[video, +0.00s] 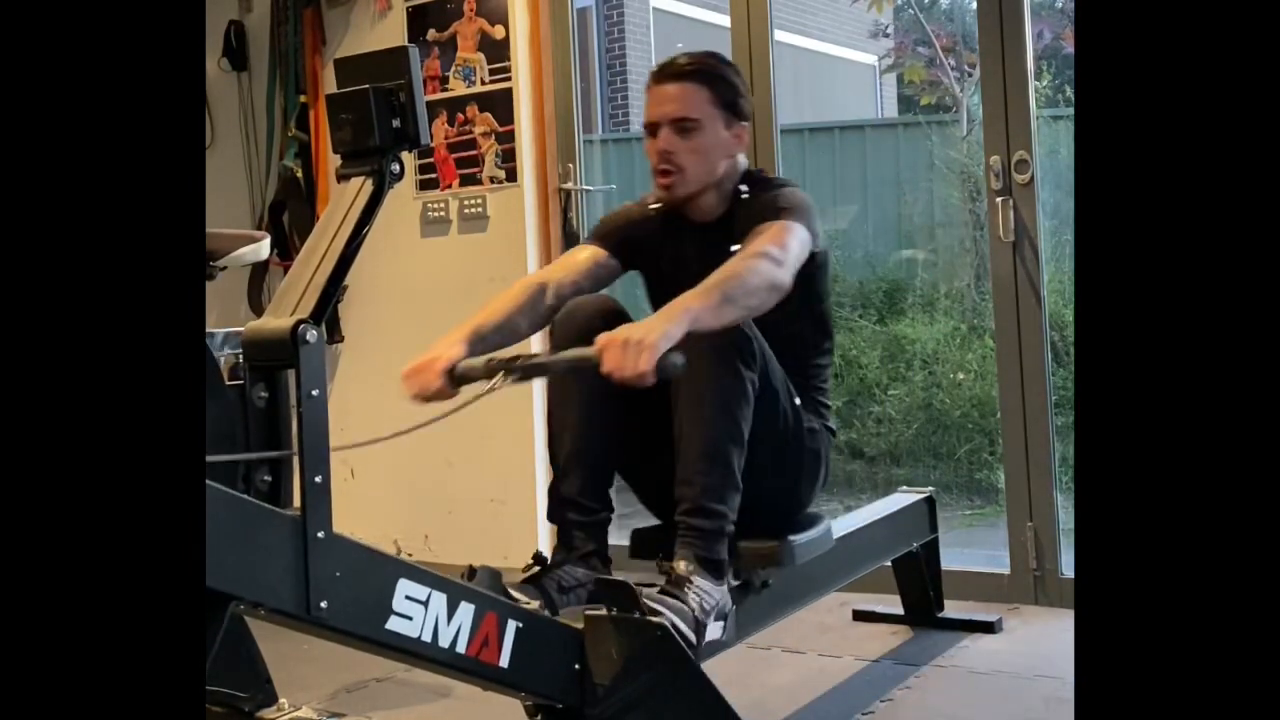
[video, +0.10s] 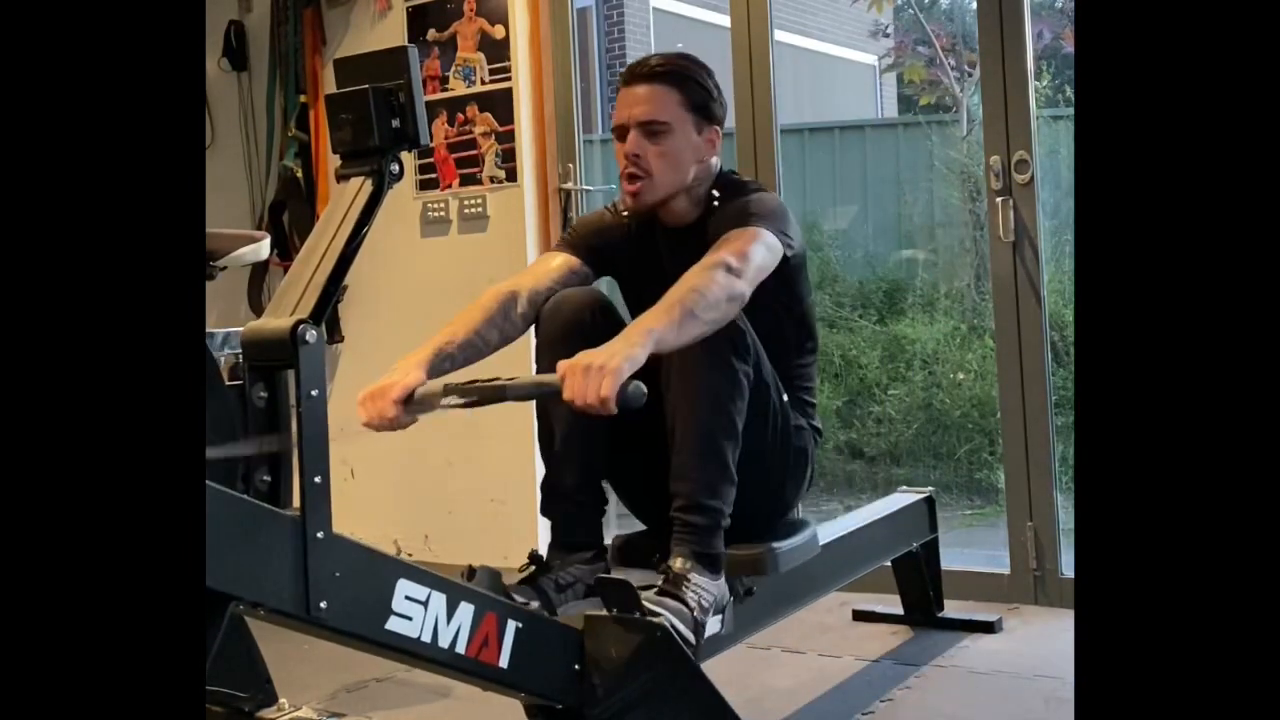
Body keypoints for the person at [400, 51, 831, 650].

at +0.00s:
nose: (661, 148)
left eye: (685, 129)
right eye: (653, 131)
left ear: (738, 137)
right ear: (644, 138)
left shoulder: (783, 207)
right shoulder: (639, 227)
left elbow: (767, 271)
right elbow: (550, 289)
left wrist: (672, 319)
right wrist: (460, 345)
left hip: (776, 477)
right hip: (680, 479)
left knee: (718, 330)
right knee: (584, 314)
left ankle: (700, 575)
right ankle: (579, 563)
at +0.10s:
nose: (630, 151)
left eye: (654, 133)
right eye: (621, 135)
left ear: (709, 142)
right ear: (613, 140)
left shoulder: (759, 213)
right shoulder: (611, 232)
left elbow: (726, 279)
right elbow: (521, 298)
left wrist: (629, 345)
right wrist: (420, 365)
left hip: (761, 482)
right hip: (659, 479)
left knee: (710, 323)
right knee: (572, 309)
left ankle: (695, 571)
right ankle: (574, 558)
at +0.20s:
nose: (631, 151)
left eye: (655, 132)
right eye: (623, 134)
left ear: (711, 139)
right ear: (614, 139)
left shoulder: (761, 210)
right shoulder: (615, 230)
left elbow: (724, 274)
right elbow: (522, 296)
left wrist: (631, 339)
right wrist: (423, 358)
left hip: (759, 479)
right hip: (661, 477)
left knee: (705, 318)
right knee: (576, 307)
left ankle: (693, 569)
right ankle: (575, 557)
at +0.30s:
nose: (671, 142)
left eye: (694, 124)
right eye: (663, 127)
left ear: (745, 134)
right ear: (656, 136)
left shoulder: (787, 199)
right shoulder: (649, 222)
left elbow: (762, 268)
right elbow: (562, 282)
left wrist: (680, 328)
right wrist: (472, 342)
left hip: (776, 469)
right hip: (686, 467)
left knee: (722, 335)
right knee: (593, 314)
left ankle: (698, 573)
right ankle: (578, 562)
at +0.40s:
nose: (728, 145)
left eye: (748, 129)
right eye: (720, 132)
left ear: (797, 137)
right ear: (712, 140)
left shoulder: (829, 200)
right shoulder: (701, 217)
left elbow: (804, 264)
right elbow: (620, 270)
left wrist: (732, 306)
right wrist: (540, 315)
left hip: (811, 465)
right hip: (724, 458)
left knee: (745, 342)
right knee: (618, 353)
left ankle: (703, 592)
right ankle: (581, 573)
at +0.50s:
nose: (771, 145)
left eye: (790, 129)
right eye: (763, 133)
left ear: (838, 140)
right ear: (754, 144)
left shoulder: (866, 202)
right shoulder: (742, 217)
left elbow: (849, 262)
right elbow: (669, 267)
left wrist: (787, 294)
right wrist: (603, 306)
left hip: (846, 436)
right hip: (755, 423)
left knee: (770, 380)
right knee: (650, 385)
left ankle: (708, 608)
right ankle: (583, 577)